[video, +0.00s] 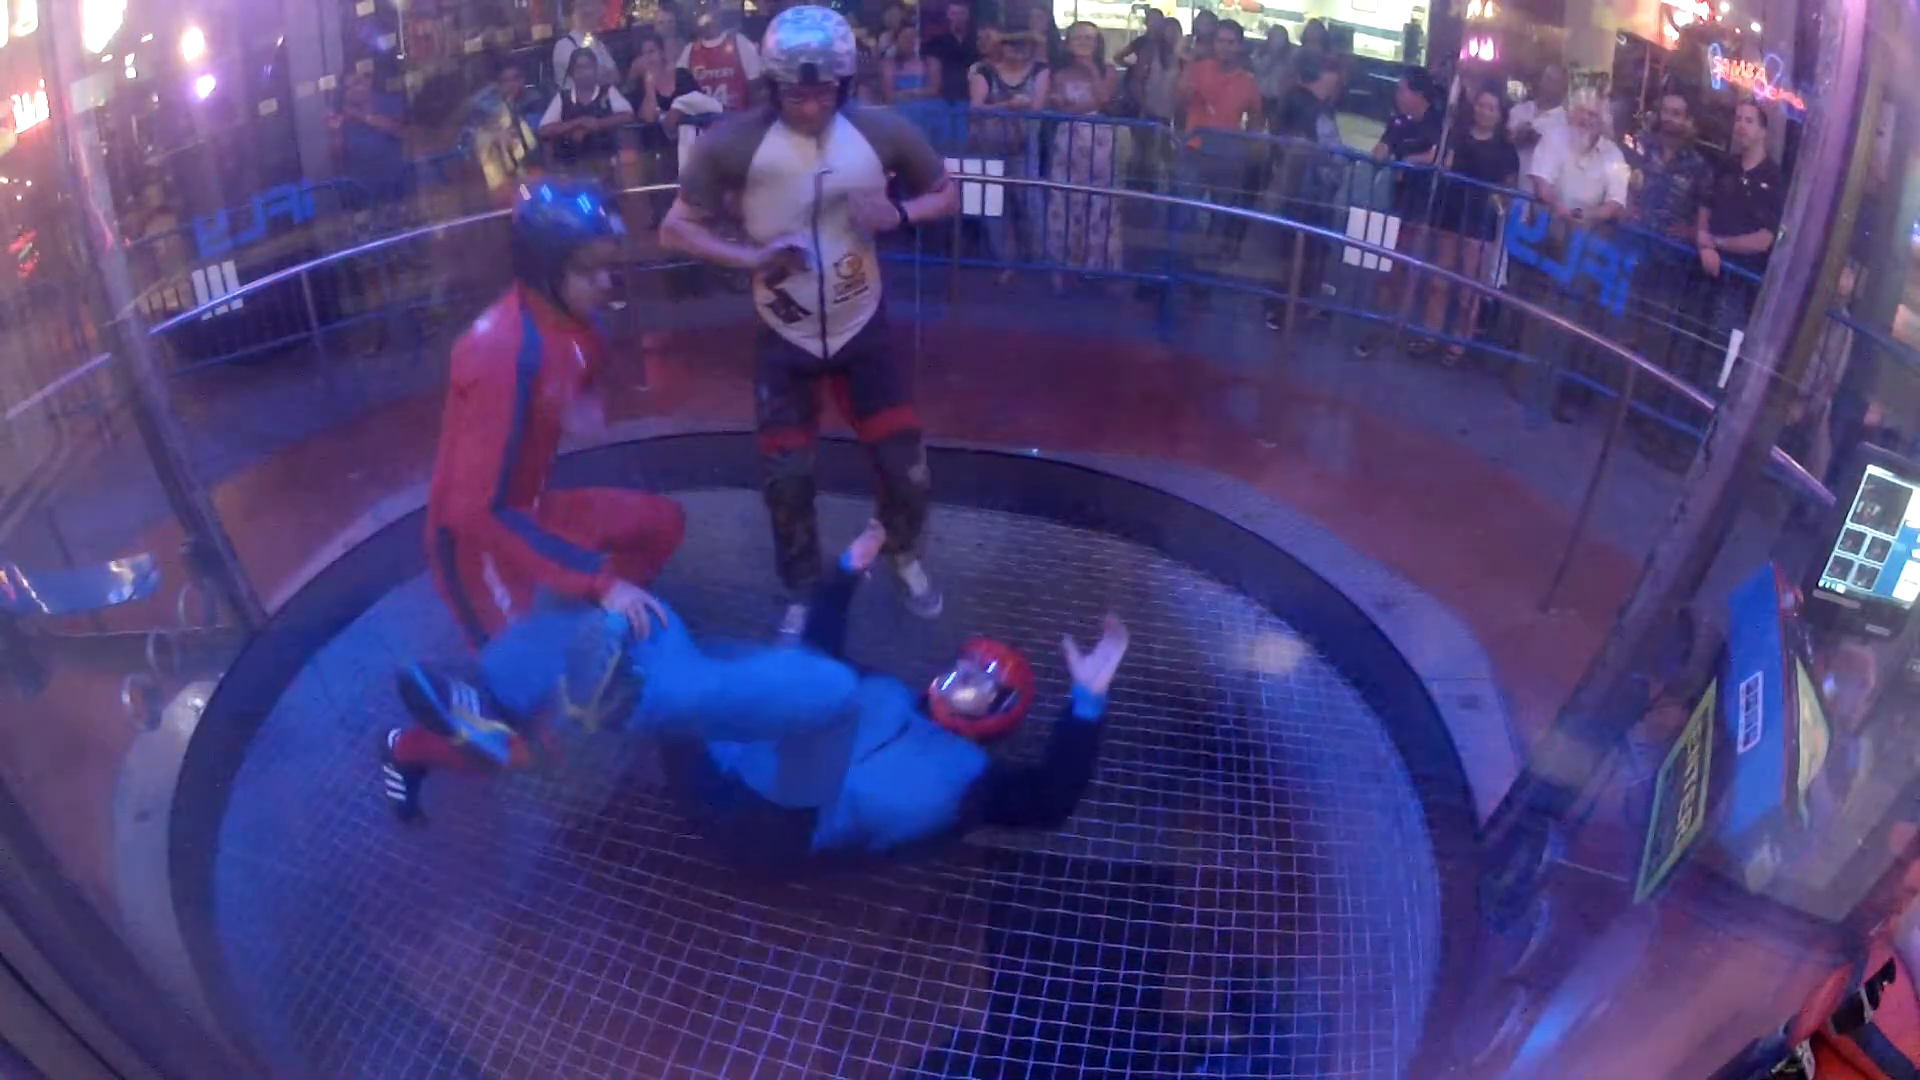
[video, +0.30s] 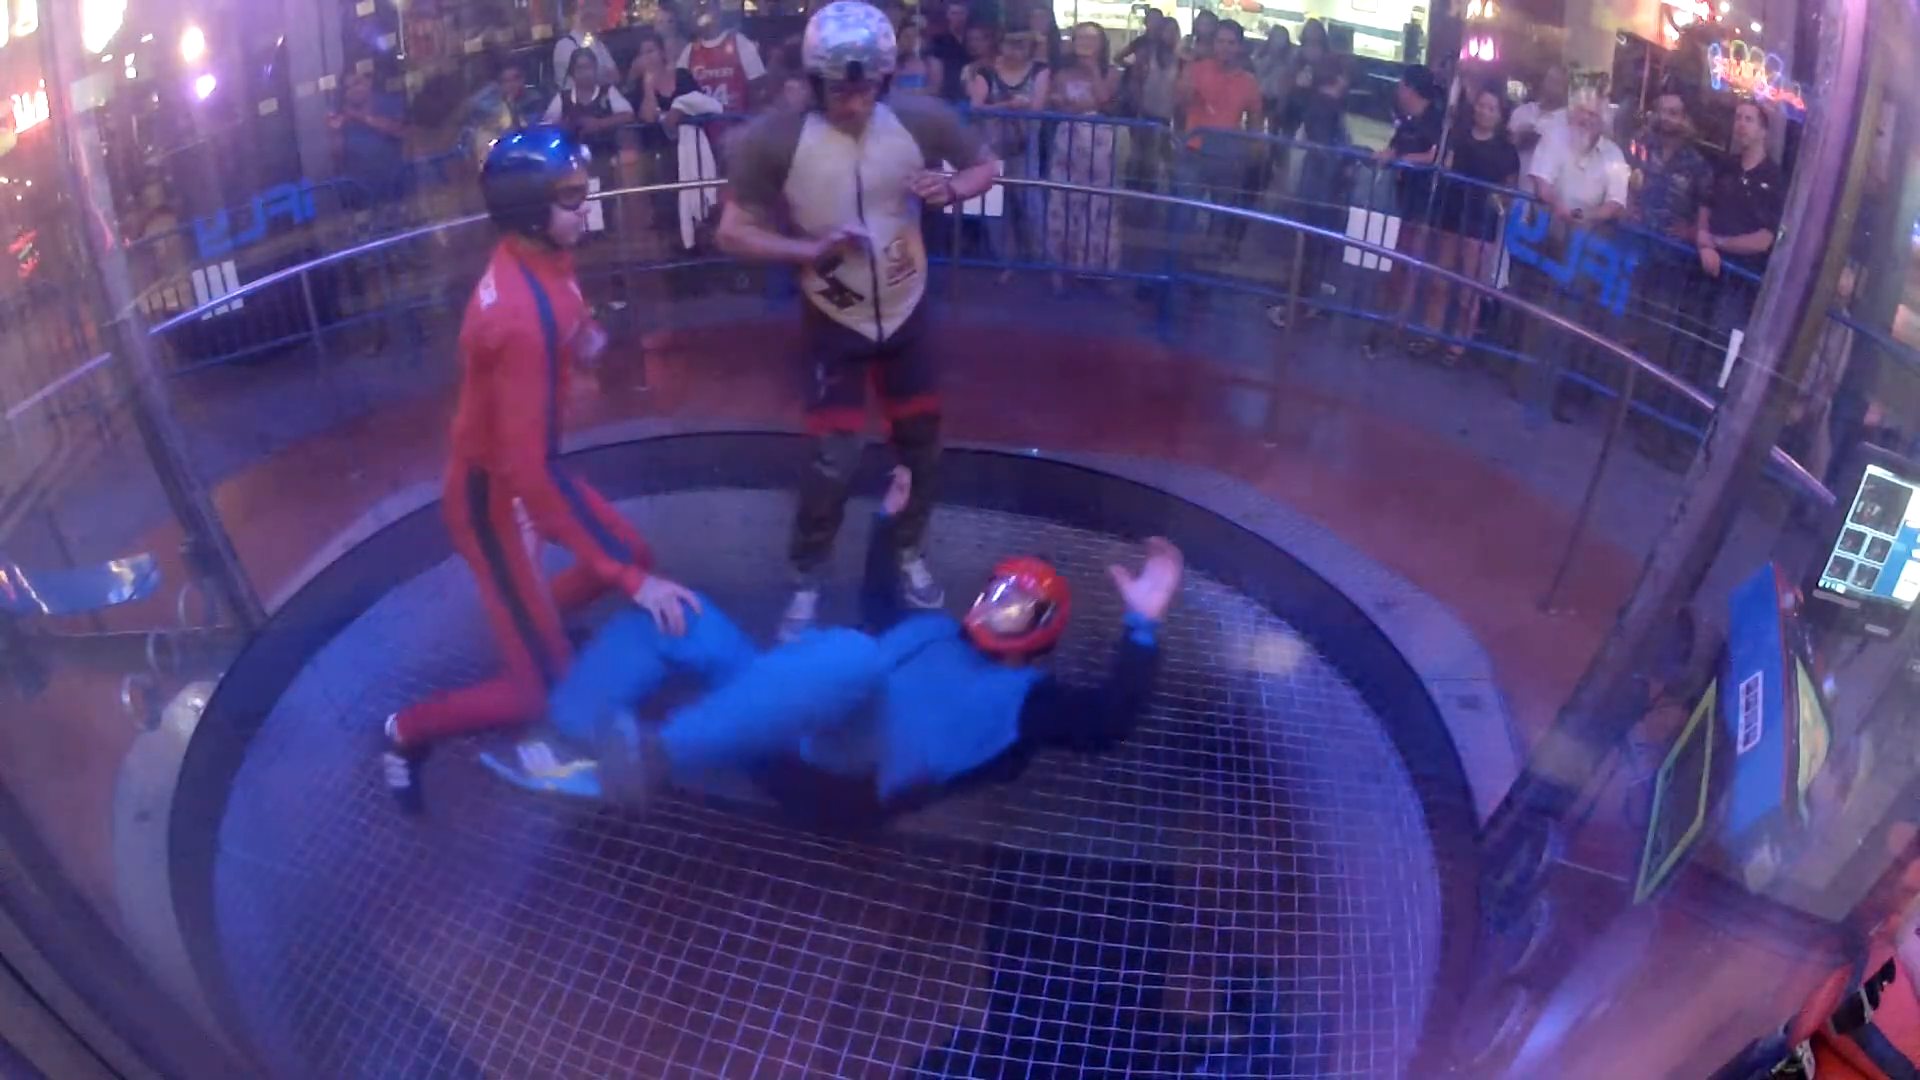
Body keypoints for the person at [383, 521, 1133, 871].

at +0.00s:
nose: (963, 676)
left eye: (984, 681)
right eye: (965, 665)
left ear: (1004, 716)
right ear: (946, 663)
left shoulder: (979, 779)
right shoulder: (889, 691)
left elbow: (1051, 797)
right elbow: (815, 650)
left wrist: (1089, 701)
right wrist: (850, 571)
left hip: (802, 803)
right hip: (742, 744)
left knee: (831, 685)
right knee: (622, 627)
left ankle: (641, 696)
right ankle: (488, 698)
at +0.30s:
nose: (994, 603)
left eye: (1015, 602)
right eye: (994, 590)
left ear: (1040, 631)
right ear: (978, 591)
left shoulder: (1031, 701)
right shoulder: (930, 632)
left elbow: (1111, 720)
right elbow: (877, 602)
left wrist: (1141, 625)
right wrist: (888, 521)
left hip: (855, 775)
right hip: (797, 717)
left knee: (853, 658)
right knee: (666, 607)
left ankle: (658, 755)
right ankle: (571, 745)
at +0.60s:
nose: (1065, 554)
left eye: (1084, 556)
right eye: (1063, 538)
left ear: (1100, 581)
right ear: (1042, 535)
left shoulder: (1081, 645)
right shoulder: (983, 556)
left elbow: (1181, 680)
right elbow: (918, 501)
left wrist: (1239, 598)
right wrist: (962, 437)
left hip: (923, 714)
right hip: (859, 654)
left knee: (930, 662)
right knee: (756, 563)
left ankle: (750, 778)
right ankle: (657, 704)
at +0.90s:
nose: (1133, 492)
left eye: (1151, 496)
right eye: (1130, 480)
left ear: (1160, 527)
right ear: (1106, 482)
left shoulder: (1139, 590)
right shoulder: (1054, 504)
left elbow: (1248, 595)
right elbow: (1001, 470)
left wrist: (1292, 520)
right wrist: (1045, 399)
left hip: (964, 633)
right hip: (916, 566)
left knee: (1022, 535)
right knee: (835, 443)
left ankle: (822, 636)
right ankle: (703, 539)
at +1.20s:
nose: (1189, 391)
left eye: (1206, 394)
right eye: (1187, 382)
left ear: (1221, 426)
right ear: (1165, 390)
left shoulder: (1206, 479)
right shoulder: (1109, 420)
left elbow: (1296, 492)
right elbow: (1060, 396)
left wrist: (1342, 416)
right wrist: (1106, 330)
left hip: (1026, 520)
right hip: (970, 479)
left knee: (1031, 365)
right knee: (870, 346)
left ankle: (837, 448)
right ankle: (736, 418)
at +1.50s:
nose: (1238, 283)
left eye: (1257, 289)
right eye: (1236, 273)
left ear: (1268, 322)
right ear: (1214, 275)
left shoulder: (1246, 371)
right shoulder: (1168, 294)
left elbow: (1346, 396)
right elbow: (1114, 258)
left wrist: (1399, 321)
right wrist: (1152, 222)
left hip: (1067, 394)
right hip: (1024, 345)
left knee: (1090, 251)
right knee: (947, 204)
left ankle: (869, 310)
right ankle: (798, 271)